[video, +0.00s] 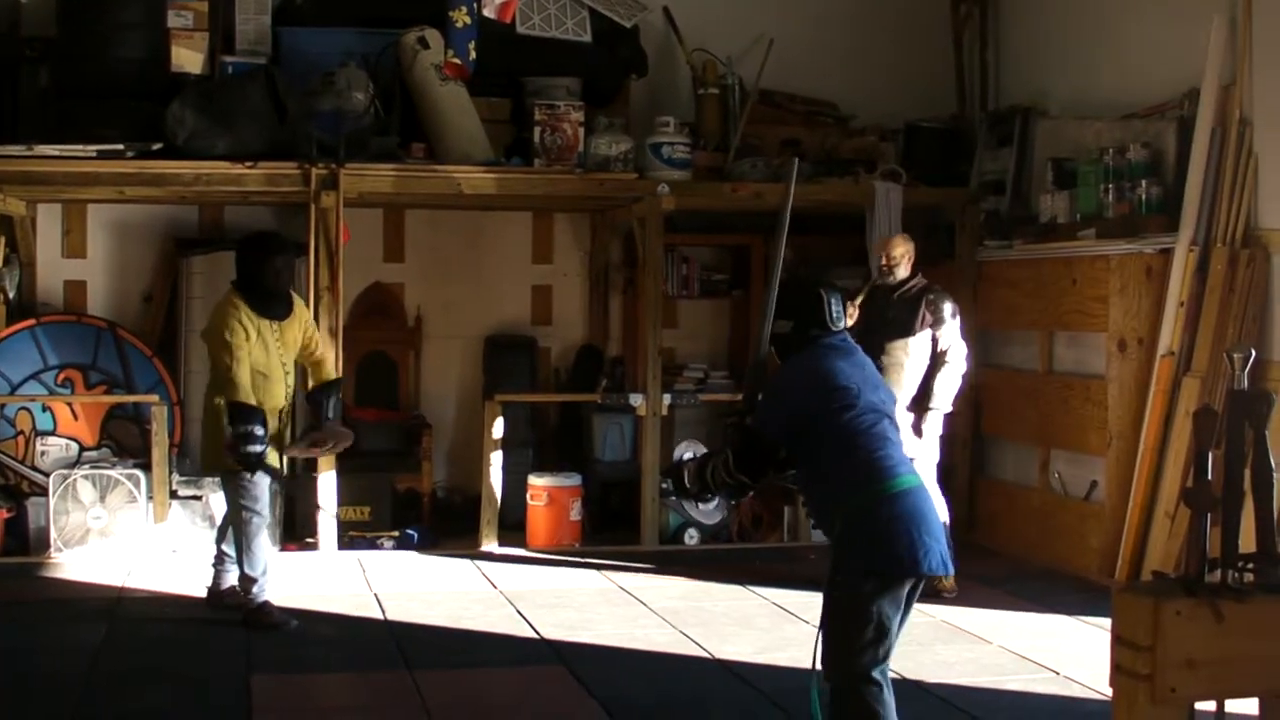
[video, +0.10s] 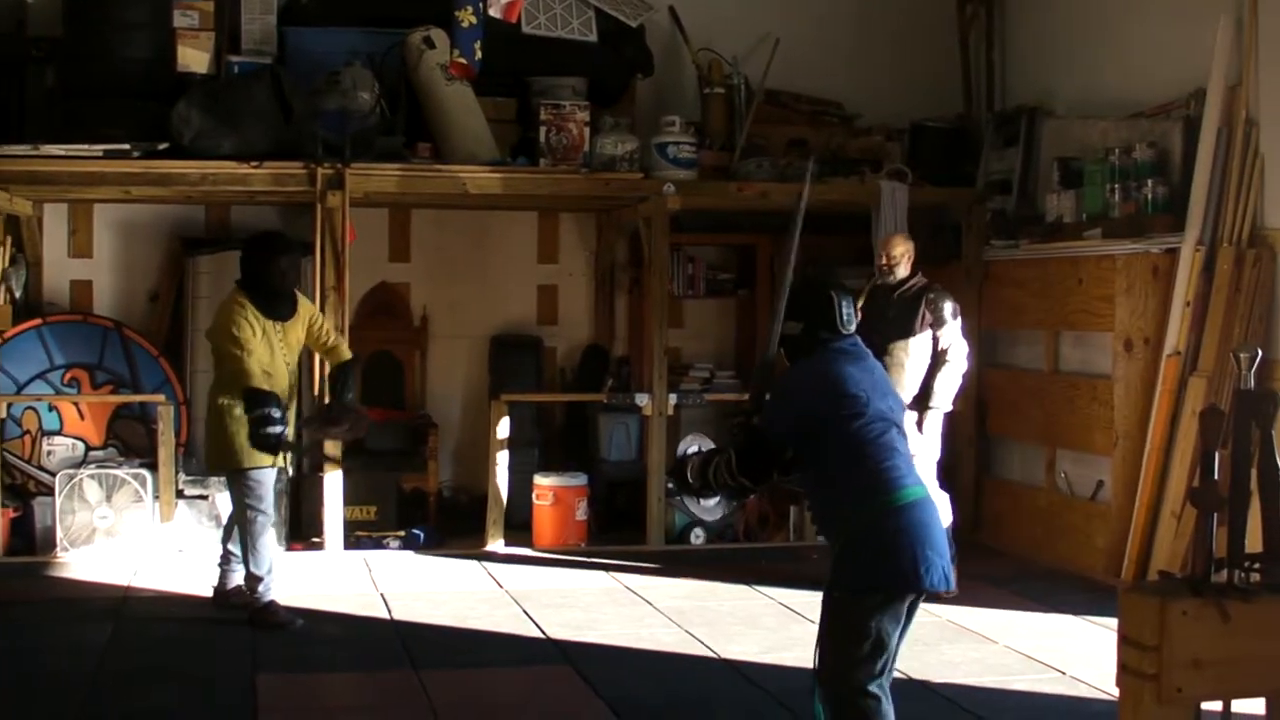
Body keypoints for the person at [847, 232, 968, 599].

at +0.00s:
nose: (885, 265)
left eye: (892, 260)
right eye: (881, 259)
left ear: (910, 260)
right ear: (876, 259)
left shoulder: (933, 301)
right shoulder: (870, 298)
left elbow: (954, 359)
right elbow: (852, 350)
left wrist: (934, 410)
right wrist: (847, 324)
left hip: (915, 413)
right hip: (872, 408)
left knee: (922, 485)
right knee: (877, 486)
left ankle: (941, 567)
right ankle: (882, 568)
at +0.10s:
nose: (885, 265)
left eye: (893, 260)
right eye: (881, 259)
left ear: (911, 259)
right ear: (876, 259)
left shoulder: (934, 300)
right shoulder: (872, 297)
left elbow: (955, 358)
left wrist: (934, 410)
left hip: (917, 411)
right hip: (875, 407)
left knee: (921, 483)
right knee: (881, 483)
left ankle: (939, 564)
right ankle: (888, 561)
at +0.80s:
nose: (891, 259)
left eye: (898, 253)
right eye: (886, 253)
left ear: (913, 256)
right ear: (879, 257)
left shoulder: (933, 297)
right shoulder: (877, 295)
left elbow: (955, 352)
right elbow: (864, 345)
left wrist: (933, 403)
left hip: (918, 406)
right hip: (879, 402)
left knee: (922, 483)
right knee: (885, 482)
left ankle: (930, 556)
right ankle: (889, 557)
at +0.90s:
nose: (890, 260)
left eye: (897, 254)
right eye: (885, 254)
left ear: (913, 257)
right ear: (879, 258)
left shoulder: (934, 298)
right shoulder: (876, 296)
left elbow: (956, 353)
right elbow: (865, 349)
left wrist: (936, 403)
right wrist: (856, 331)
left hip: (919, 410)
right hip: (879, 407)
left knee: (924, 490)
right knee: (885, 489)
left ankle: (930, 570)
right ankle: (889, 570)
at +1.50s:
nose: (889, 259)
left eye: (896, 252)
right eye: (884, 253)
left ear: (915, 256)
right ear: (878, 258)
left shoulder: (938, 299)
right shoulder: (877, 298)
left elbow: (962, 355)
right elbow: (859, 359)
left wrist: (949, 406)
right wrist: (859, 337)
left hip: (923, 415)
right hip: (879, 415)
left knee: (928, 499)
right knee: (886, 495)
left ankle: (929, 577)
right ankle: (893, 571)